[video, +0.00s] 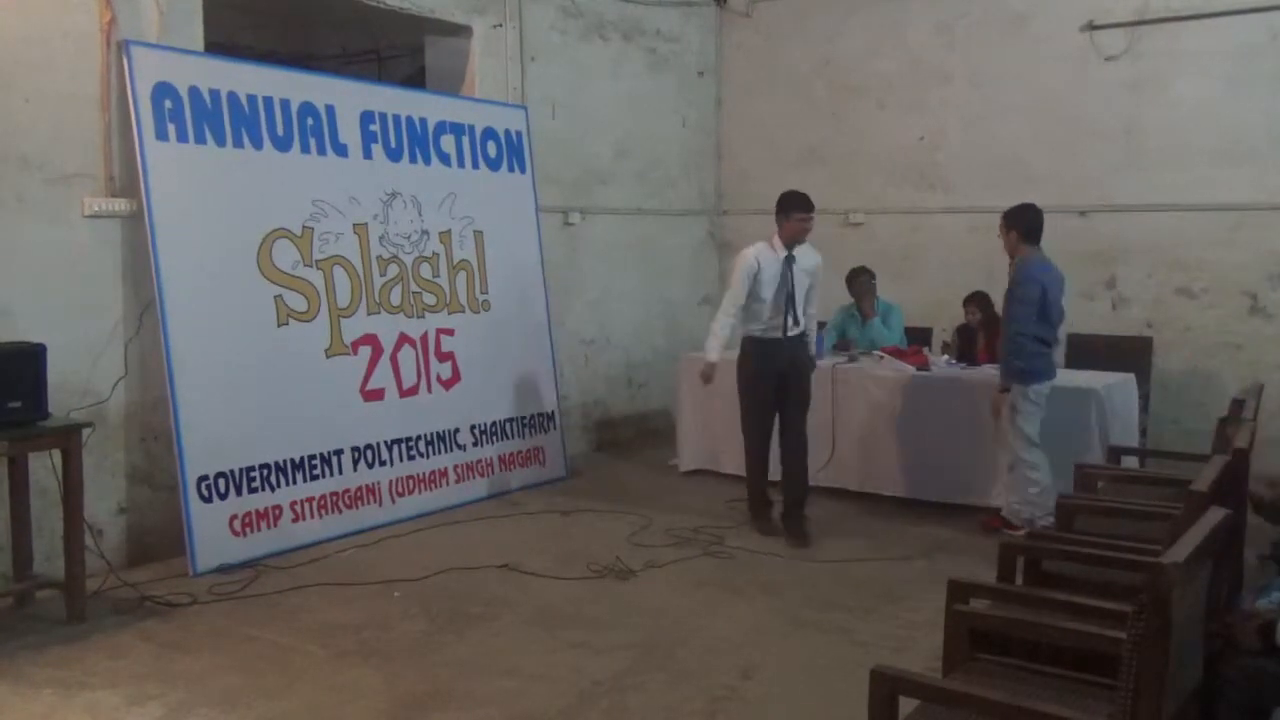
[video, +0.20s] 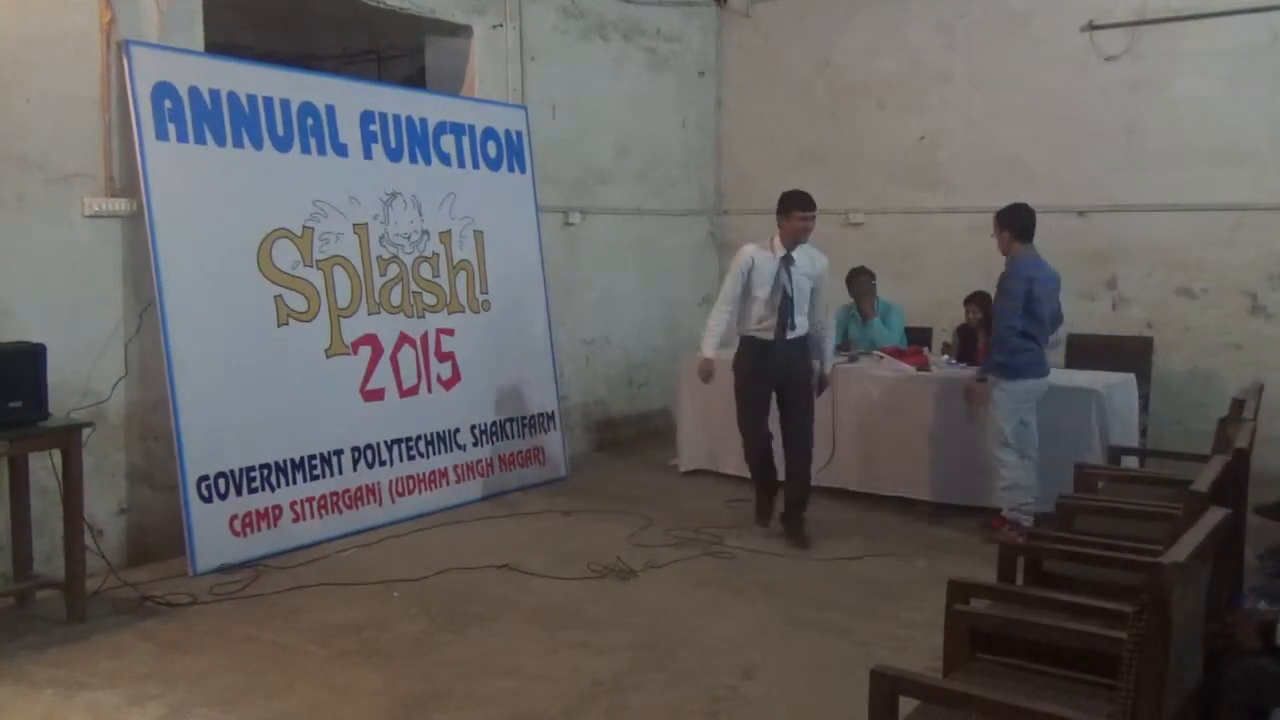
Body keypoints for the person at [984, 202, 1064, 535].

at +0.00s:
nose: (1002, 241)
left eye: (1003, 234)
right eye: (1002, 233)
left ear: (1015, 234)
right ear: (1035, 233)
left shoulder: (1025, 273)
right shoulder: (1050, 270)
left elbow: (1014, 332)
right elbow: (1053, 322)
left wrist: (1004, 382)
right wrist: (1036, 351)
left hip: (1026, 373)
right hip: (1039, 370)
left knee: (1023, 446)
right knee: (1021, 445)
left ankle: (1038, 514)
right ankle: (1017, 511)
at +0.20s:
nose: (995, 240)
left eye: (997, 233)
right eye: (996, 233)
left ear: (1007, 234)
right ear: (1028, 232)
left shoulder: (1013, 274)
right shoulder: (1047, 272)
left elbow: (1002, 331)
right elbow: (1054, 319)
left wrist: (983, 374)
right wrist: (1029, 342)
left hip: (1012, 373)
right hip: (1035, 372)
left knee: (1005, 446)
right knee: (1025, 445)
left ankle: (1015, 517)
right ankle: (1023, 513)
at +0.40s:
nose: (989, 240)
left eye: (990, 233)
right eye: (990, 233)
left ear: (999, 234)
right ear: (1022, 232)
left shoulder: (1002, 272)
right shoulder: (1042, 272)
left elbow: (990, 325)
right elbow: (1053, 321)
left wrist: (976, 351)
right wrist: (1025, 340)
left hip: (1004, 375)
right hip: (1031, 373)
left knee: (984, 443)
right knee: (1022, 449)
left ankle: (977, 511)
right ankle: (1018, 516)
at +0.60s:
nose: (976, 240)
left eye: (977, 234)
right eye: (977, 233)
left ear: (985, 236)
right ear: (1010, 233)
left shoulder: (986, 274)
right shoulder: (1033, 274)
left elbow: (967, 324)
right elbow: (1046, 322)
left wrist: (940, 331)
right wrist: (1025, 350)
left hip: (990, 377)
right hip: (1021, 374)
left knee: (969, 444)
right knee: (1017, 451)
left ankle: (946, 507)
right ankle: (1017, 516)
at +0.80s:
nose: (959, 242)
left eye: (960, 236)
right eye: (960, 236)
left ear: (968, 237)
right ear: (992, 235)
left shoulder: (965, 277)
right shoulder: (1015, 274)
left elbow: (940, 325)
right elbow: (1028, 323)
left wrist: (909, 320)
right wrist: (995, 321)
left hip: (969, 376)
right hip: (1000, 373)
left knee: (952, 445)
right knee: (1002, 447)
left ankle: (939, 509)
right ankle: (1015, 513)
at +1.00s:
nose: (940, 240)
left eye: (940, 235)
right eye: (941, 234)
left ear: (945, 237)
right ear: (973, 233)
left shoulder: (944, 277)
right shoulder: (995, 273)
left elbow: (923, 329)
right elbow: (1008, 323)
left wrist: (894, 314)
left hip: (950, 374)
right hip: (979, 370)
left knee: (945, 443)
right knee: (980, 437)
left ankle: (939, 508)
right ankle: (1008, 505)